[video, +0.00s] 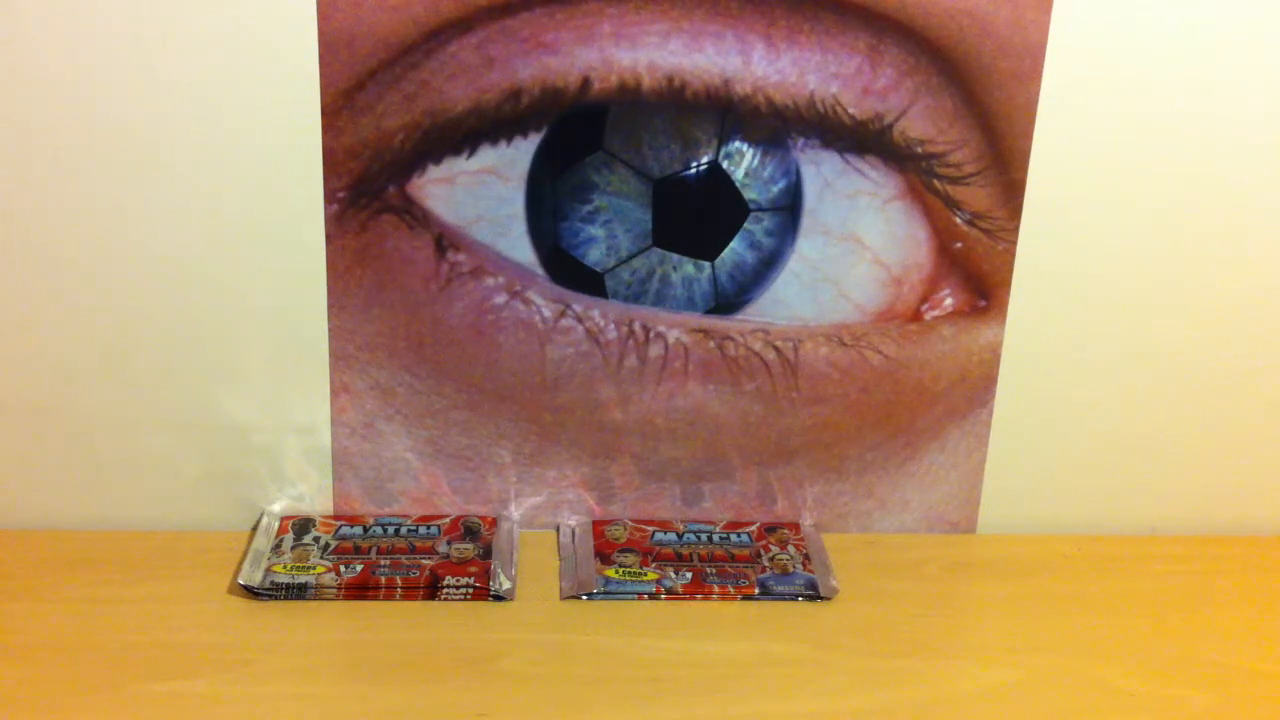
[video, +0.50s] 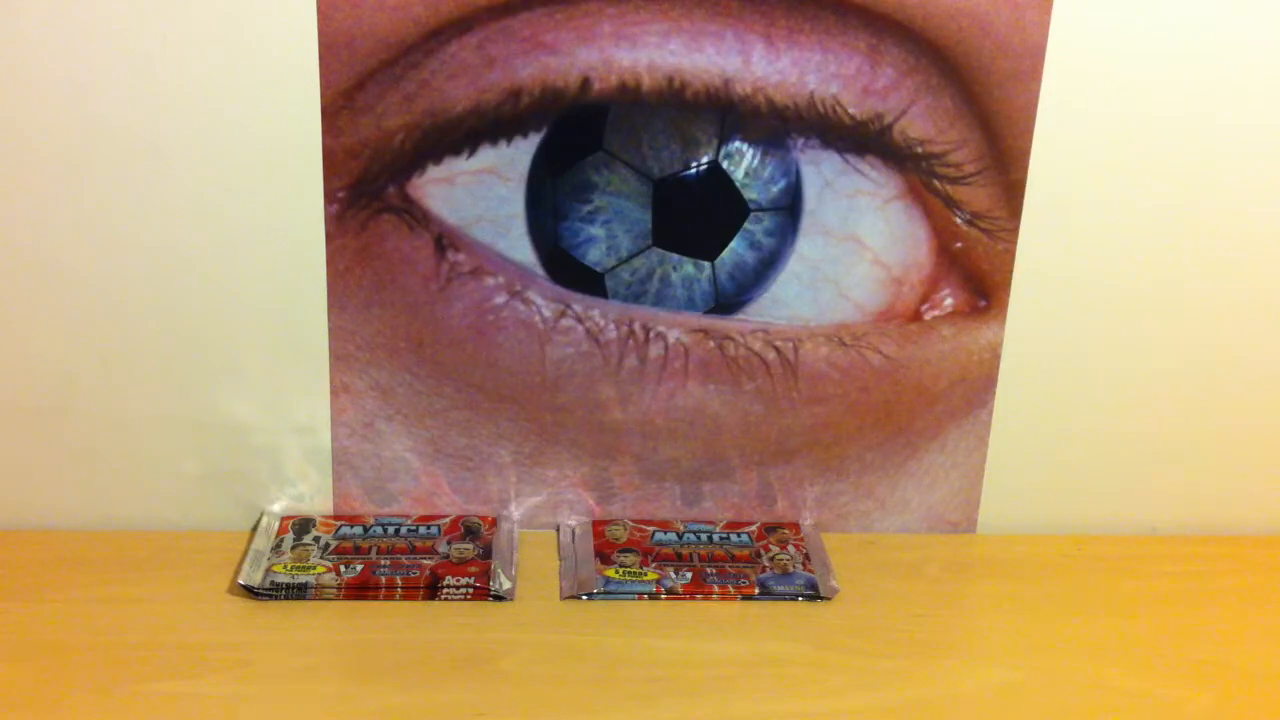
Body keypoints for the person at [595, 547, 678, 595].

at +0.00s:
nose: (621, 560)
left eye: (626, 557)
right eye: (619, 557)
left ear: (638, 558)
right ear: (615, 558)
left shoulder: (651, 573)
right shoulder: (609, 571)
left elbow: (673, 589)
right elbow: (596, 589)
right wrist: (596, 574)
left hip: (640, 606)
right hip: (612, 605)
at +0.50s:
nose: (621, 560)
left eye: (626, 557)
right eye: (619, 557)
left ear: (638, 558)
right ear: (616, 558)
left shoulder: (650, 573)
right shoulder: (610, 571)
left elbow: (665, 582)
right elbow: (597, 586)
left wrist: (672, 588)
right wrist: (597, 574)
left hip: (642, 604)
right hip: (613, 604)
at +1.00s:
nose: (621, 560)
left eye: (626, 557)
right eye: (619, 557)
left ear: (638, 558)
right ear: (617, 558)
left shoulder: (650, 573)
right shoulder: (610, 571)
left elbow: (665, 582)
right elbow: (597, 586)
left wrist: (672, 588)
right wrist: (597, 574)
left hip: (642, 604)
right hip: (614, 604)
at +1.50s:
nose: (621, 560)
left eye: (626, 557)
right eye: (619, 557)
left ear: (638, 558)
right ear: (617, 558)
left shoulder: (651, 573)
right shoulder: (609, 572)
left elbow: (668, 585)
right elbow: (597, 588)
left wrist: (674, 588)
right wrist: (597, 573)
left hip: (641, 606)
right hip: (612, 606)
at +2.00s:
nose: (621, 560)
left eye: (625, 557)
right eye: (619, 557)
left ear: (638, 558)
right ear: (616, 559)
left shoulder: (651, 573)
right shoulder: (610, 572)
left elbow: (667, 584)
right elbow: (597, 587)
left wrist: (673, 588)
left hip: (642, 606)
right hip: (613, 605)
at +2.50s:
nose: (621, 560)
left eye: (626, 557)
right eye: (619, 557)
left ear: (638, 558)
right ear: (616, 558)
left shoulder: (651, 573)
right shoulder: (609, 572)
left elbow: (669, 586)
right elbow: (597, 587)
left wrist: (675, 589)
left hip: (642, 606)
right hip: (613, 606)